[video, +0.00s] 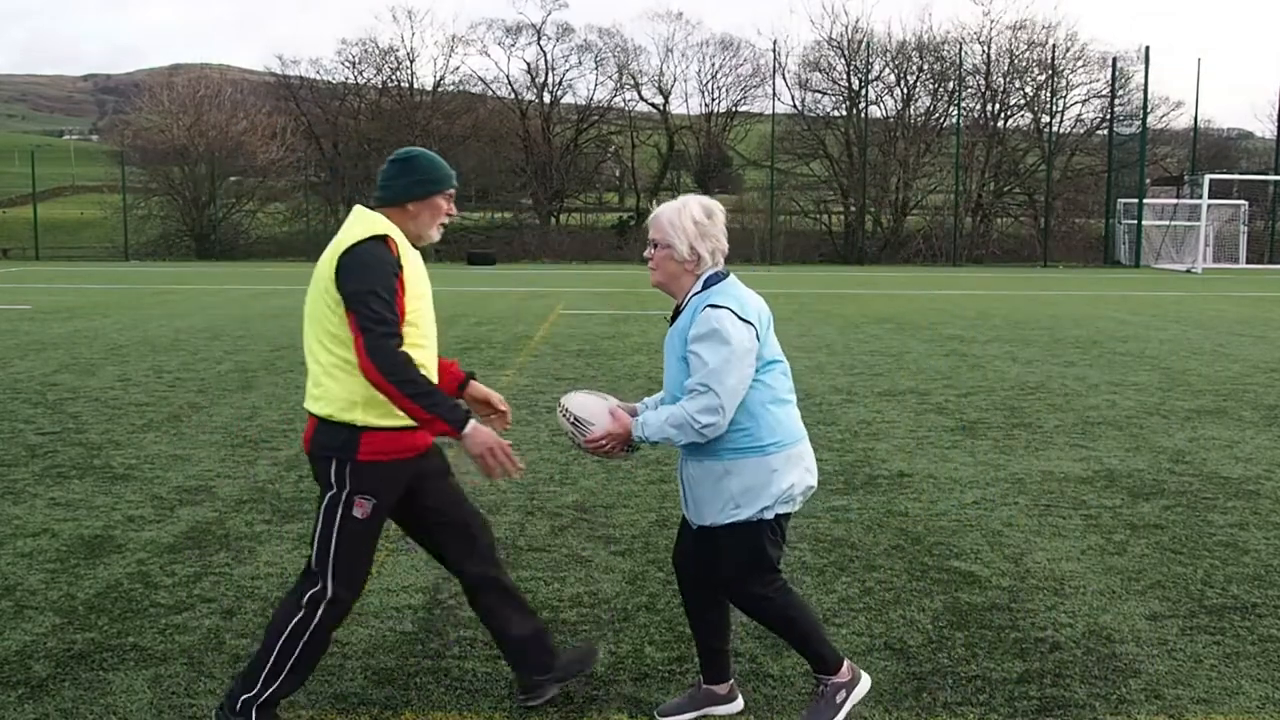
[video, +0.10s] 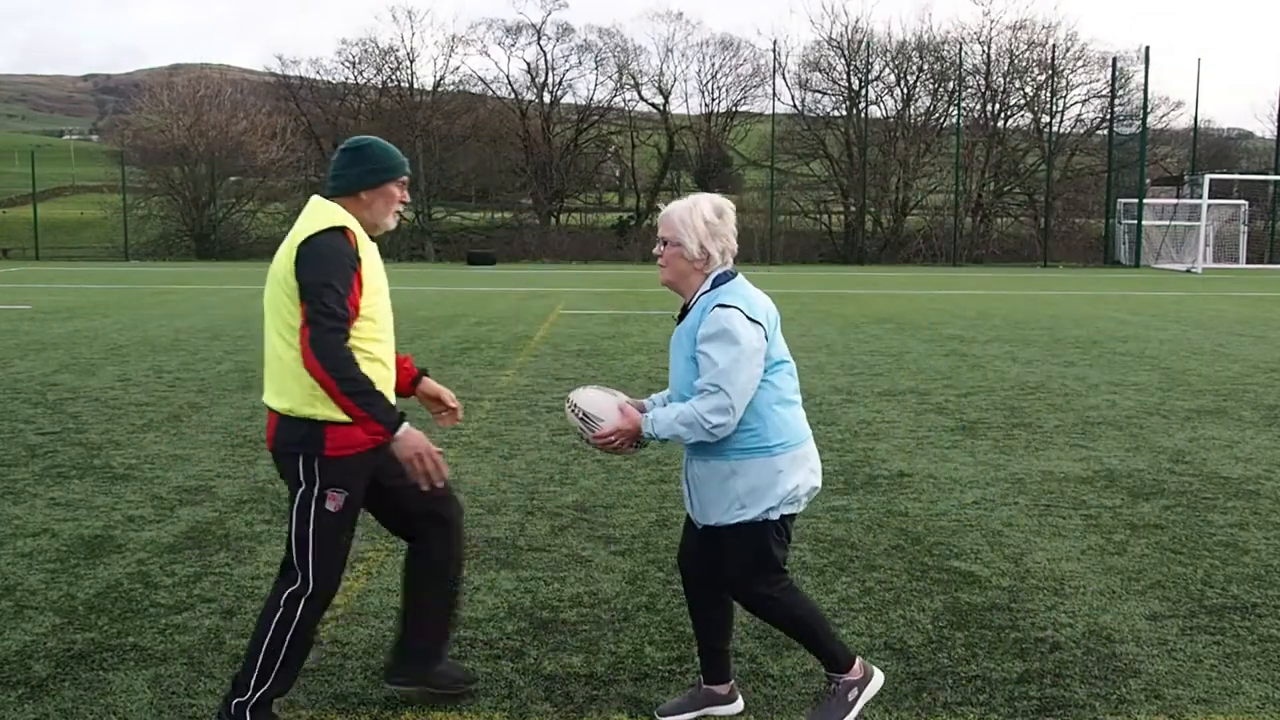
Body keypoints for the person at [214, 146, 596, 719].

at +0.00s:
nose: (450, 213)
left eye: (451, 202)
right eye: (444, 201)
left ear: (409, 200)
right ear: (410, 199)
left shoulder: (395, 247)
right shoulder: (368, 251)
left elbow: (406, 348)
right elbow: (383, 359)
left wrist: (465, 387)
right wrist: (462, 426)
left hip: (402, 441)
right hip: (358, 446)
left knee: (474, 551)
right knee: (329, 588)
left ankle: (538, 666)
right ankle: (246, 707)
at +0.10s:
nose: (405, 202)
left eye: (405, 190)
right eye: (399, 190)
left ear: (362, 189)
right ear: (365, 189)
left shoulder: (347, 238)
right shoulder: (328, 242)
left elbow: (359, 342)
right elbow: (325, 348)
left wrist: (418, 383)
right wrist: (393, 426)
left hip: (359, 429)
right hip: (321, 435)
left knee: (437, 518)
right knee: (308, 582)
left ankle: (419, 662)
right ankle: (247, 707)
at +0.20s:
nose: (369, 191)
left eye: (370, 180)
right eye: (363, 179)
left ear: (331, 180)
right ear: (328, 178)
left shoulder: (321, 230)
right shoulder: (290, 231)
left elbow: (329, 332)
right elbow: (276, 341)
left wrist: (380, 383)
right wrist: (333, 426)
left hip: (330, 420)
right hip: (287, 425)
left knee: (382, 523)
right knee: (291, 574)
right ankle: (245, 706)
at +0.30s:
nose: (348, 182)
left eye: (348, 171)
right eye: (339, 171)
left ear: (312, 175)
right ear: (304, 174)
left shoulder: (304, 231)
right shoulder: (262, 227)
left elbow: (304, 326)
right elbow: (234, 329)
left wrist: (349, 381)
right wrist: (280, 423)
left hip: (307, 417)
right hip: (260, 422)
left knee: (311, 544)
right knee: (273, 568)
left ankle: (221, 627)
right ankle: (244, 703)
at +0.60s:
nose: (290, 173)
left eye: (292, 163)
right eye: (281, 161)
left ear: (266, 169)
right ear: (243, 163)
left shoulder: (254, 225)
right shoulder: (206, 215)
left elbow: (248, 320)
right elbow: (175, 315)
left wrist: (290, 381)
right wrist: (210, 413)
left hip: (238, 405)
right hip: (196, 408)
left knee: (231, 534)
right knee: (216, 542)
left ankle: (207, 644)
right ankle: (169, 678)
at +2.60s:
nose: (234, 168)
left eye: (236, 158)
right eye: (224, 156)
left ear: (220, 166)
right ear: (186, 159)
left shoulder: (204, 218)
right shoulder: (151, 218)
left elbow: (214, 314)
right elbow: (141, 328)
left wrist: (253, 380)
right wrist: (192, 413)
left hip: (215, 408)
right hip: (164, 412)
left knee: (213, 538)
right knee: (167, 550)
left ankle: (205, 642)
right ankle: (155, 681)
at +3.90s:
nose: (296, 183)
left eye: (298, 173)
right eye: (288, 172)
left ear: (260, 175)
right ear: (253, 172)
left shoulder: (252, 228)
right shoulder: (210, 226)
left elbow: (251, 324)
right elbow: (187, 331)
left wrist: (289, 388)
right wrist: (220, 424)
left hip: (237, 411)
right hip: (198, 415)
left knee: (230, 539)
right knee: (211, 547)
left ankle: (206, 640)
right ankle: (167, 674)